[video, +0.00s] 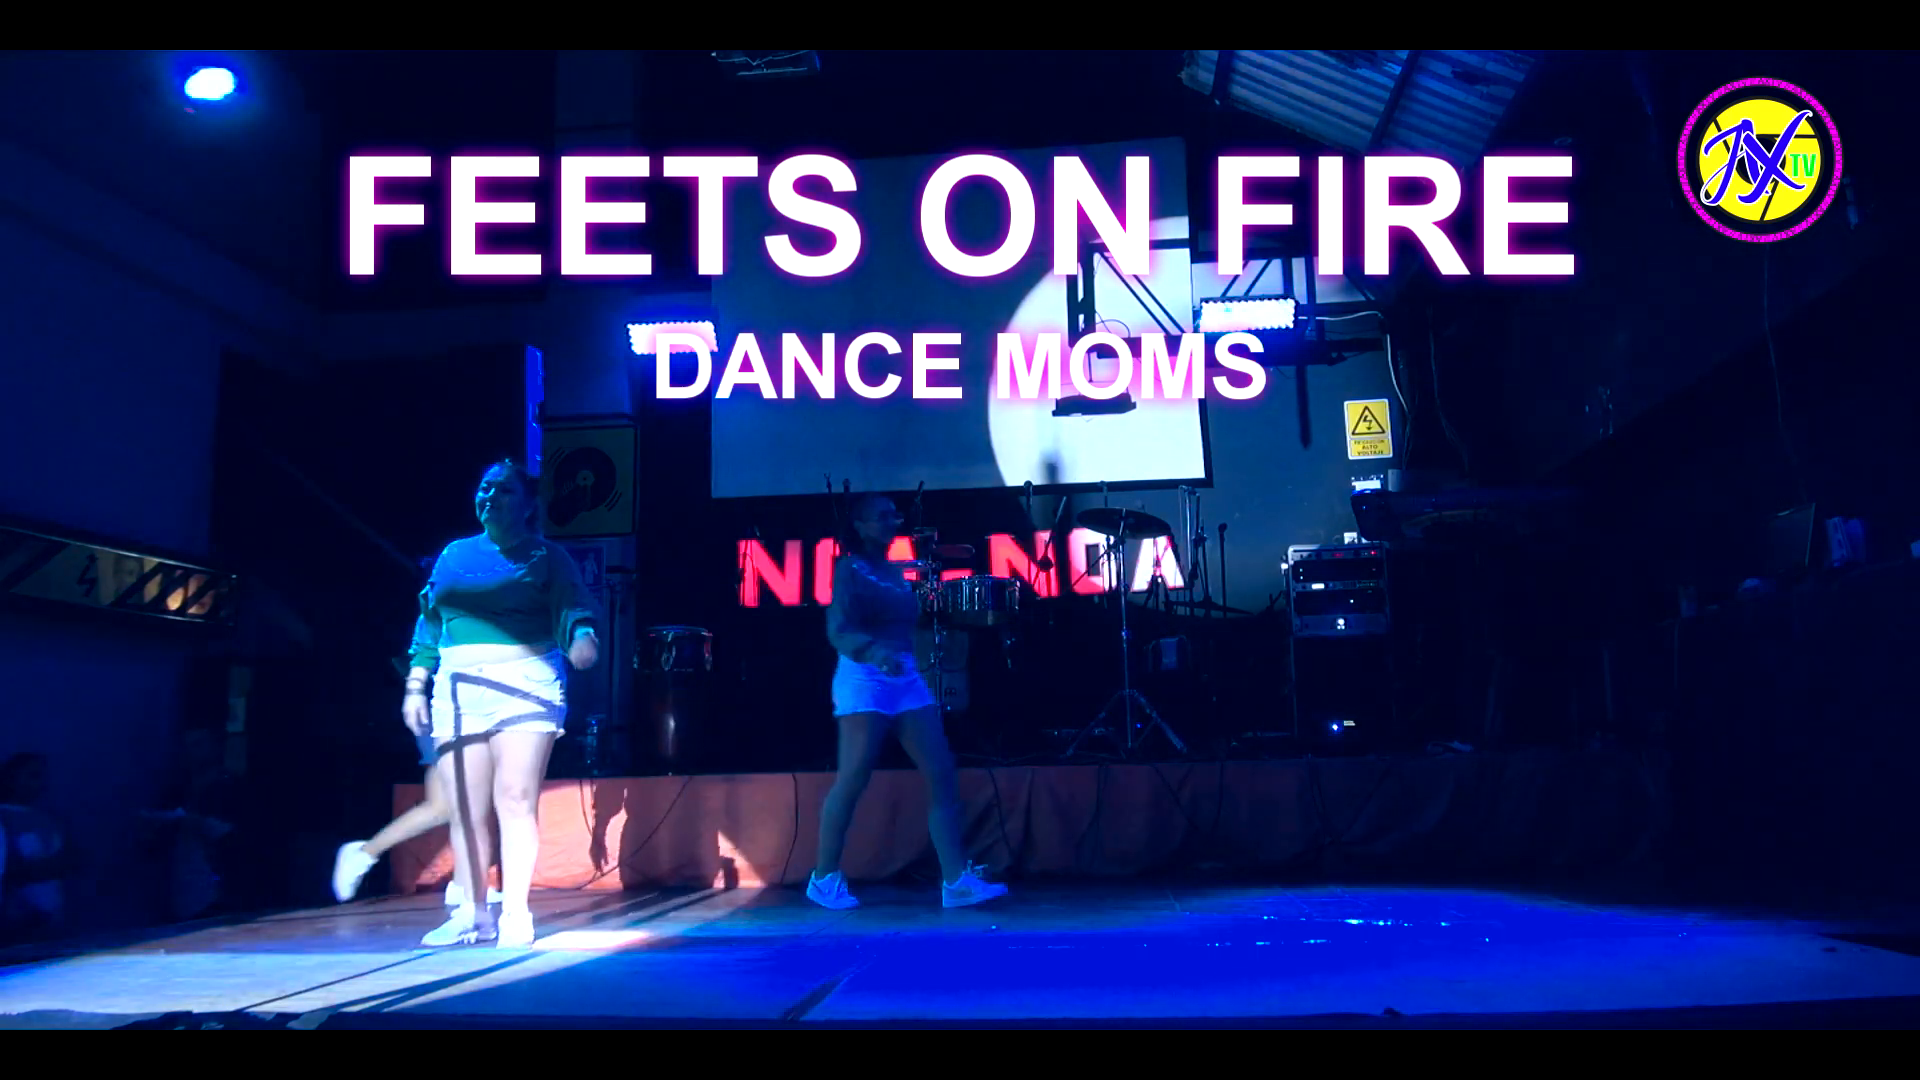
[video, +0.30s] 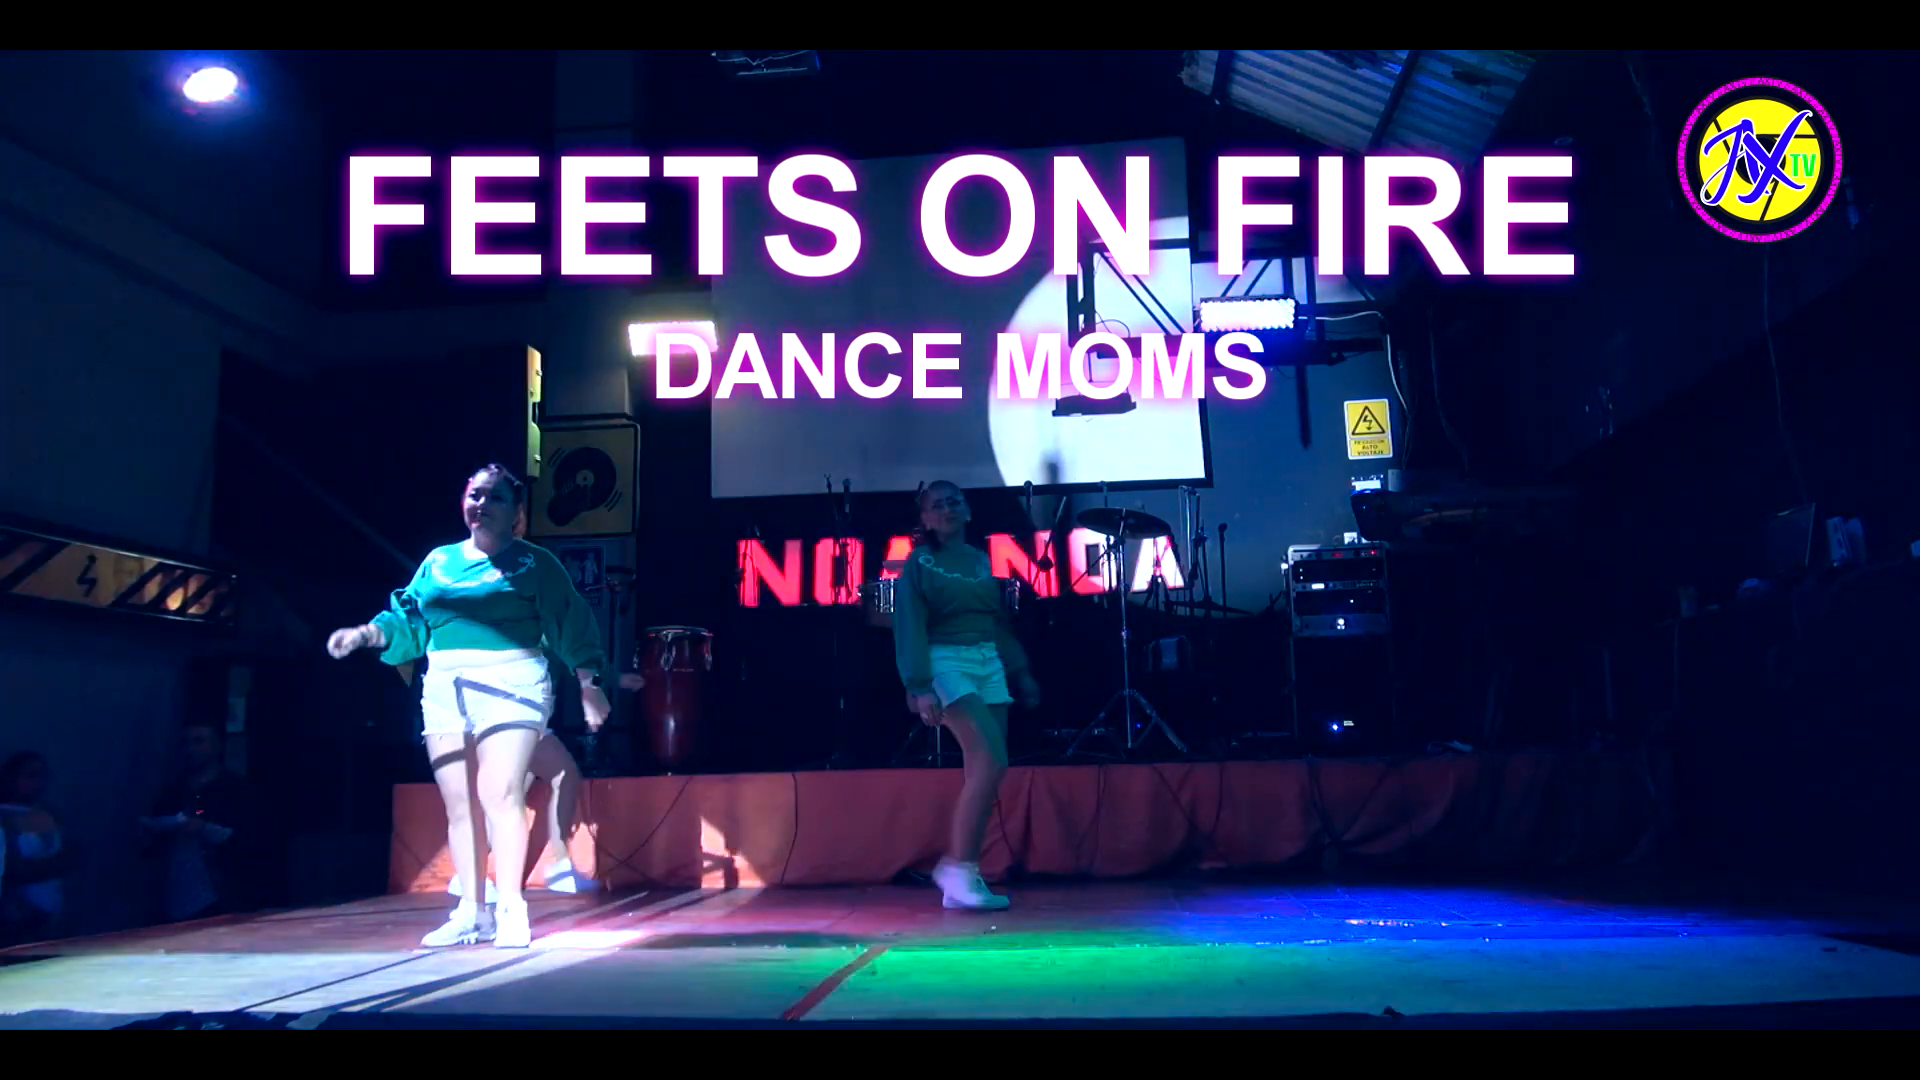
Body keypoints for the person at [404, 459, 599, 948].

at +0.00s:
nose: (488, 495)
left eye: (502, 489)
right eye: (484, 488)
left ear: (528, 503)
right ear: (475, 500)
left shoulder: (548, 558)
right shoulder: (453, 555)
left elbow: (573, 609)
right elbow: (429, 626)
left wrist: (581, 637)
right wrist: (416, 685)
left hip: (526, 684)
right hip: (459, 687)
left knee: (516, 799)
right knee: (468, 809)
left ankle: (516, 913)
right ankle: (475, 914)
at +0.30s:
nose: (479, 502)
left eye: (492, 497)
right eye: (473, 494)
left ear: (514, 510)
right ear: (462, 504)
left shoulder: (535, 564)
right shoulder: (438, 561)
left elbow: (574, 623)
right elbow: (409, 619)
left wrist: (589, 683)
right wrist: (366, 634)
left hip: (512, 680)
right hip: (444, 683)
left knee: (499, 793)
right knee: (458, 802)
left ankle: (511, 909)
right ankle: (470, 912)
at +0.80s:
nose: (487, 509)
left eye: (499, 502)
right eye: (479, 503)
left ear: (520, 510)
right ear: (469, 513)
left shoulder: (544, 564)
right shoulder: (455, 569)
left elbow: (571, 619)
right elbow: (431, 637)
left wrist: (572, 656)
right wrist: (415, 691)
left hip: (525, 689)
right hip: (456, 692)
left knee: (512, 804)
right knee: (426, 791)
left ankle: (514, 909)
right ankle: (458, 890)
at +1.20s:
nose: (484, 509)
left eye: (494, 502)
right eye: (475, 501)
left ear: (511, 511)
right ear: (459, 509)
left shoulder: (529, 566)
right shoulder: (428, 562)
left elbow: (553, 642)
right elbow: (401, 629)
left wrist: (556, 628)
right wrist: (384, 688)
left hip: (512, 685)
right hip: (441, 690)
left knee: (509, 804)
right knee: (443, 809)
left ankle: (512, 908)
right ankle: (458, 912)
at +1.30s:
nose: (478, 512)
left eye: (489, 504)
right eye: (469, 505)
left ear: (507, 514)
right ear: (456, 514)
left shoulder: (526, 572)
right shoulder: (427, 565)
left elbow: (549, 630)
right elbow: (385, 617)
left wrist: (552, 659)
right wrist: (341, 669)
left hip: (505, 687)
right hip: (434, 690)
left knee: (500, 802)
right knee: (440, 811)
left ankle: (509, 907)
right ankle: (457, 914)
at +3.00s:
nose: (476, 497)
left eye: (487, 492)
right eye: (466, 491)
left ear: (504, 508)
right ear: (450, 507)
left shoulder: (526, 564)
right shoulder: (422, 560)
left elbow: (556, 623)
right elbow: (390, 628)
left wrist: (581, 657)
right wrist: (360, 682)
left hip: (507, 685)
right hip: (431, 684)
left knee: (493, 803)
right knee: (403, 789)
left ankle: (482, 911)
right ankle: (432, 877)